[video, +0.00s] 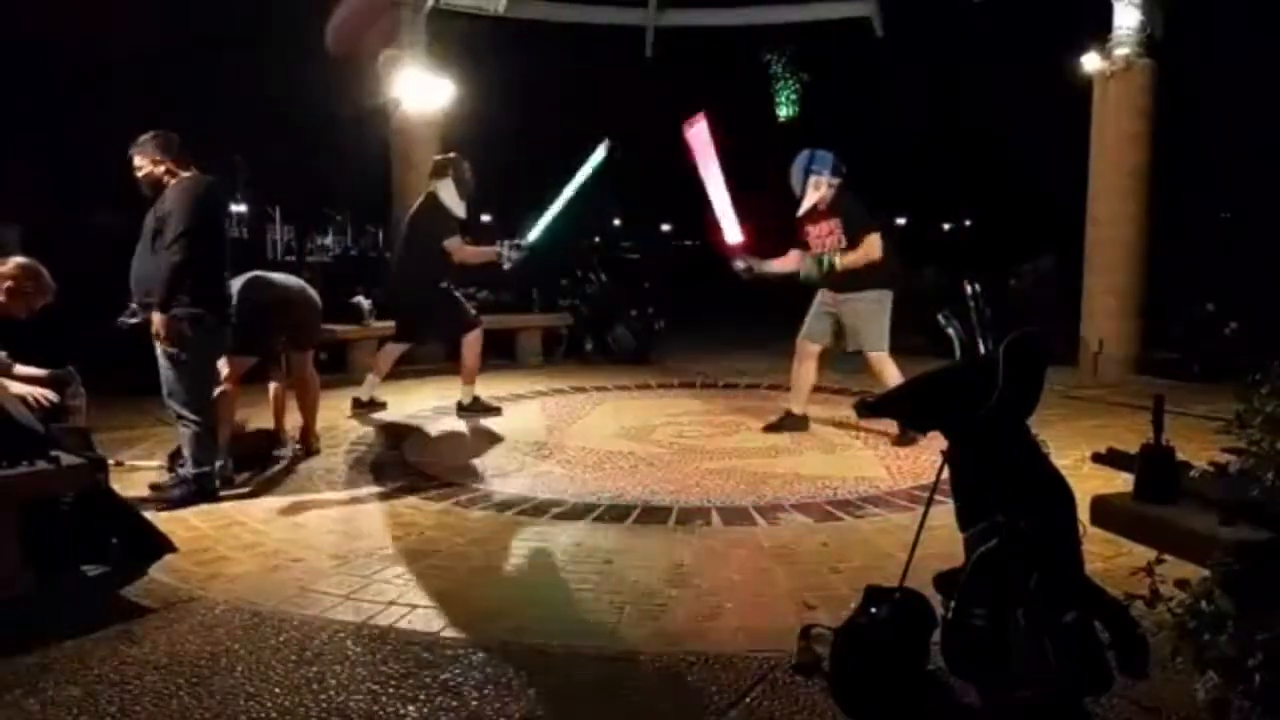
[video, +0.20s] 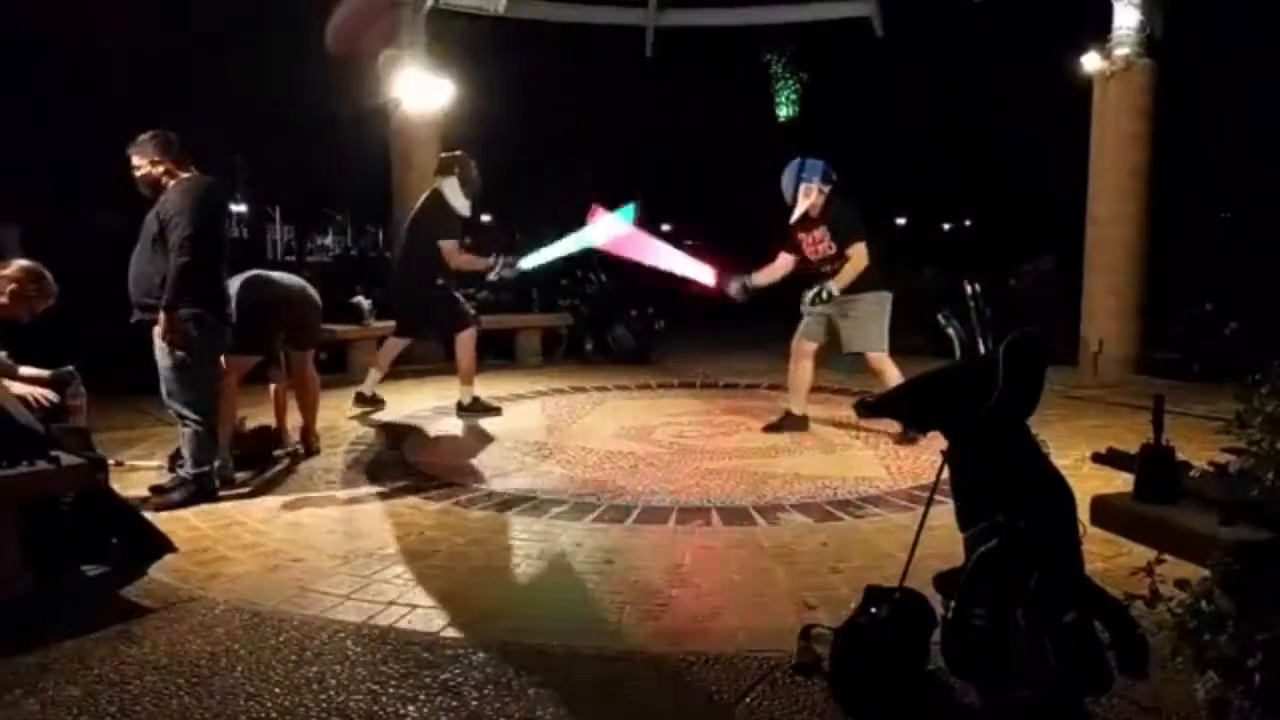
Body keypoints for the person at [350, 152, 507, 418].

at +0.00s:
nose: (470, 182)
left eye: (469, 176)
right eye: (465, 176)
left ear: (438, 177)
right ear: (453, 178)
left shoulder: (430, 203)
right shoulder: (439, 206)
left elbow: (457, 252)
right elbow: (459, 253)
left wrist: (496, 252)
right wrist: (499, 253)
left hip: (409, 284)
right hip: (428, 285)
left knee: (403, 337)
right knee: (472, 329)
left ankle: (365, 394)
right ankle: (468, 399)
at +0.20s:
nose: (476, 181)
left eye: (475, 174)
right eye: (472, 175)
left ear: (444, 174)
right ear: (459, 176)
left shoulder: (434, 200)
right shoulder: (443, 206)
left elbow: (452, 253)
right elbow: (454, 259)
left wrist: (483, 261)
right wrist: (487, 263)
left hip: (409, 280)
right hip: (425, 283)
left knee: (404, 331)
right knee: (466, 326)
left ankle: (366, 390)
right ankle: (467, 398)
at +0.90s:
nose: (424, 179)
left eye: (424, 172)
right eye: (420, 172)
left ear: (399, 172)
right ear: (407, 173)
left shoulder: (391, 197)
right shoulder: (388, 198)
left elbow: (405, 243)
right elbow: (399, 246)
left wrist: (434, 254)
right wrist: (432, 256)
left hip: (375, 280)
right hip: (385, 281)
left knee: (371, 337)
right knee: (425, 327)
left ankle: (347, 394)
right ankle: (417, 391)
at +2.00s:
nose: (392, 177)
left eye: (393, 171)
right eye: (388, 171)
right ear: (375, 170)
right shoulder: (361, 197)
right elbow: (378, 243)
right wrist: (415, 246)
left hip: (347, 272)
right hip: (358, 274)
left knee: (346, 332)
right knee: (391, 327)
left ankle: (323, 391)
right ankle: (384, 391)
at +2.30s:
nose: (395, 175)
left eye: (395, 168)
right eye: (391, 168)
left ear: (374, 169)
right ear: (378, 168)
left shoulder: (371, 195)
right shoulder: (358, 195)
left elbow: (374, 238)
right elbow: (369, 241)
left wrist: (403, 244)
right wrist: (404, 246)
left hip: (352, 274)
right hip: (358, 276)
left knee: (346, 333)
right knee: (404, 319)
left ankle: (322, 391)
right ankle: (401, 384)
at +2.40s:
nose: (401, 172)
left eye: (401, 166)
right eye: (398, 165)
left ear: (377, 167)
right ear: (386, 166)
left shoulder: (379, 193)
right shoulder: (367, 194)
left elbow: (380, 240)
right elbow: (379, 242)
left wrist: (409, 248)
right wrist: (414, 247)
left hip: (355, 276)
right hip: (366, 278)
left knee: (345, 334)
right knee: (408, 324)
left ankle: (323, 392)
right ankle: (426, 390)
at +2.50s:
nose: (411, 173)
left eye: (410, 167)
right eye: (407, 167)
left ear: (387, 169)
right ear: (394, 167)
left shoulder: (376, 197)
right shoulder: (378, 200)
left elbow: (389, 243)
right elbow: (391, 247)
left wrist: (422, 245)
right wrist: (426, 251)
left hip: (366, 282)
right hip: (378, 284)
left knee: (354, 336)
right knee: (416, 330)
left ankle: (324, 392)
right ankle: (434, 395)